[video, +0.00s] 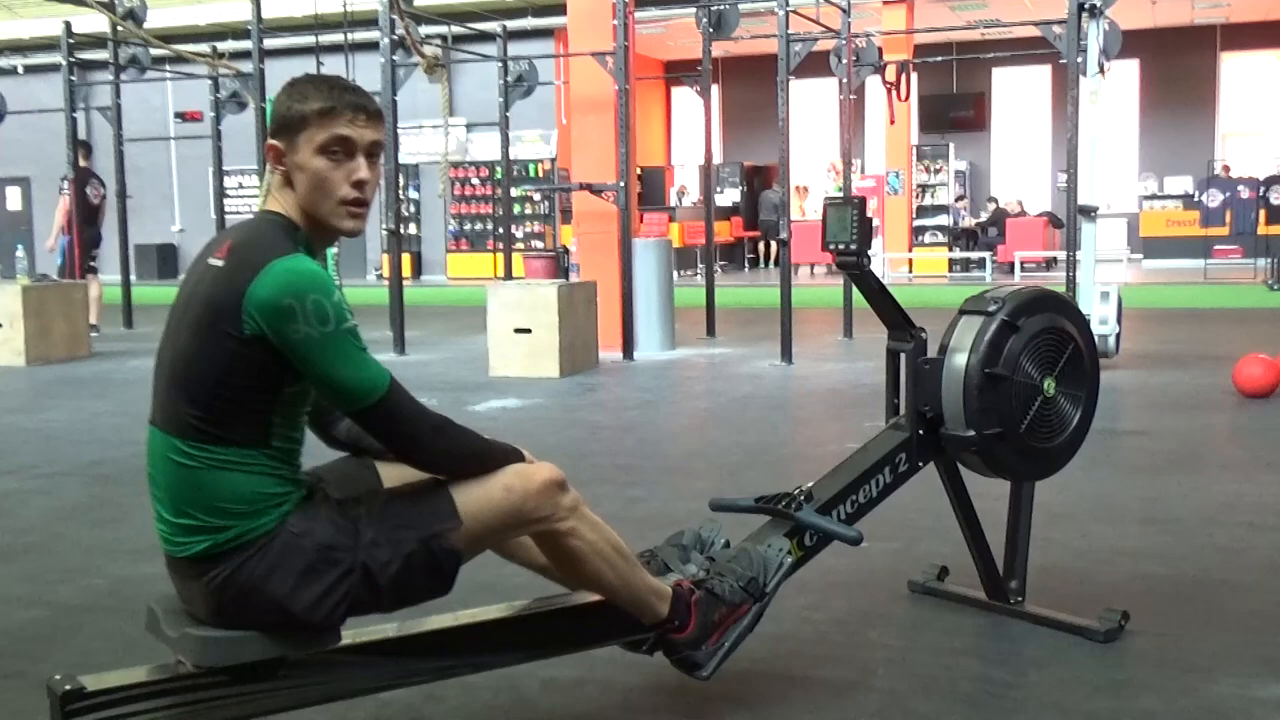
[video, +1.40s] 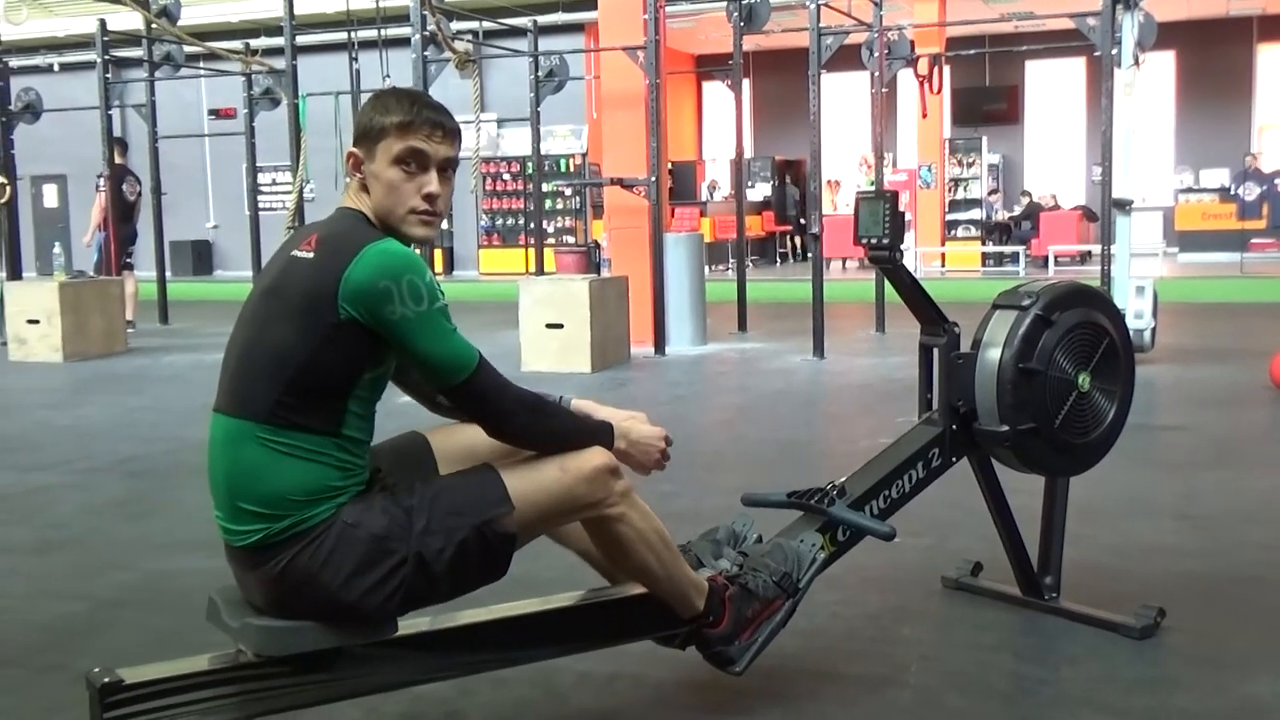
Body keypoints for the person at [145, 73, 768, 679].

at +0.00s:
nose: (363, 175)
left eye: (373, 156)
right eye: (338, 153)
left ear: (382, 164)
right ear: (279, 160)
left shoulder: (244, 252)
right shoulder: (290, 275)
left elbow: (339, 423)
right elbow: (415, 430)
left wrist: (492, 467)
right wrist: (520, 466)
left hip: (220, 541)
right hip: (256, 560)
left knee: (472, 474)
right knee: (536, 482)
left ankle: (629, 596)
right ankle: (674, 616)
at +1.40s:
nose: (435, 187)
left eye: (445, 170)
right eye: (412, 165)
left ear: (453, 176)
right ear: (358, 168)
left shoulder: (327, 246)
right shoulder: (381, 264)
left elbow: (455, 398)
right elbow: (501, 407)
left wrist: (591, 422)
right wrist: (615, 436)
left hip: (287, 516)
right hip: (316, 547)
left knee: (511, 437)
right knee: (592, 470)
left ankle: (653, 592)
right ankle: (708, 611)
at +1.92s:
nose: (523, 233)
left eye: (525, 219)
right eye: (513, 218)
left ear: (460, 216)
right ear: (462, 212)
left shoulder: (416, 270)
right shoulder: (457, 287)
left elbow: (509, 381)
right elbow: (555, 392)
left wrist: (606, 392)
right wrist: (630, 394)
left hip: (380, 479)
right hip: (412, 497)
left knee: (549, 409)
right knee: (617, 426)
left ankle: (655, 526)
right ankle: (695, 541)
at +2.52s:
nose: (496, 196)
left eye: (498, 179)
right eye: (489, 177)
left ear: (418, 168)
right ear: (438, 168)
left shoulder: (331, 244)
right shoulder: (414, 278)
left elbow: (441, 397)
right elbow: (507, 417)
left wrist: (569, 394)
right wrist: (596, 392)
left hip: (284, 526)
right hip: (334, 548)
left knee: (518, 431)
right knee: (585, 441)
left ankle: (662, 591)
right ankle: (724, 609)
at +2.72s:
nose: (450, 163)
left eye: (453, 142)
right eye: (444, 140)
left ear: (362, 132)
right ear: (381, 131)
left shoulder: (258, 230)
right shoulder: (357, 274)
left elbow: (413, 422)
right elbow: (468, 439)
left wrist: (564, 419)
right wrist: (581, 415)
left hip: (216, 572)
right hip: (273, 596)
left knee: (487, 462)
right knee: (572, 464)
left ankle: (665, 635)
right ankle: (739, 662)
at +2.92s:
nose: (407, 142)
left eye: (409, 115)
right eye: (398, 112)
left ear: (303, 104)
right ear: (327, 102)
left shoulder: (179, 222)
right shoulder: (303, 271)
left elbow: (342, 453)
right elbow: (441, 476)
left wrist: (539, 452)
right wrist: (574, 444)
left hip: (127, 621)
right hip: (200, 653)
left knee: (447, 506)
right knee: (566, 507)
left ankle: (654, 700)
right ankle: (735, 710)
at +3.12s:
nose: (360, 119)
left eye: (361, 84)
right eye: (350, 80)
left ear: (256, 74)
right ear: (265, 70)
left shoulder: (77, 209)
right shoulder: (239, 277)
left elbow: (274, 481)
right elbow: (396, 532)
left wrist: (527, 482)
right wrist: (555, 477)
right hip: (108, 692)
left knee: (378, 542)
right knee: (529, 562)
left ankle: (582, 713)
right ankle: (705, 717)